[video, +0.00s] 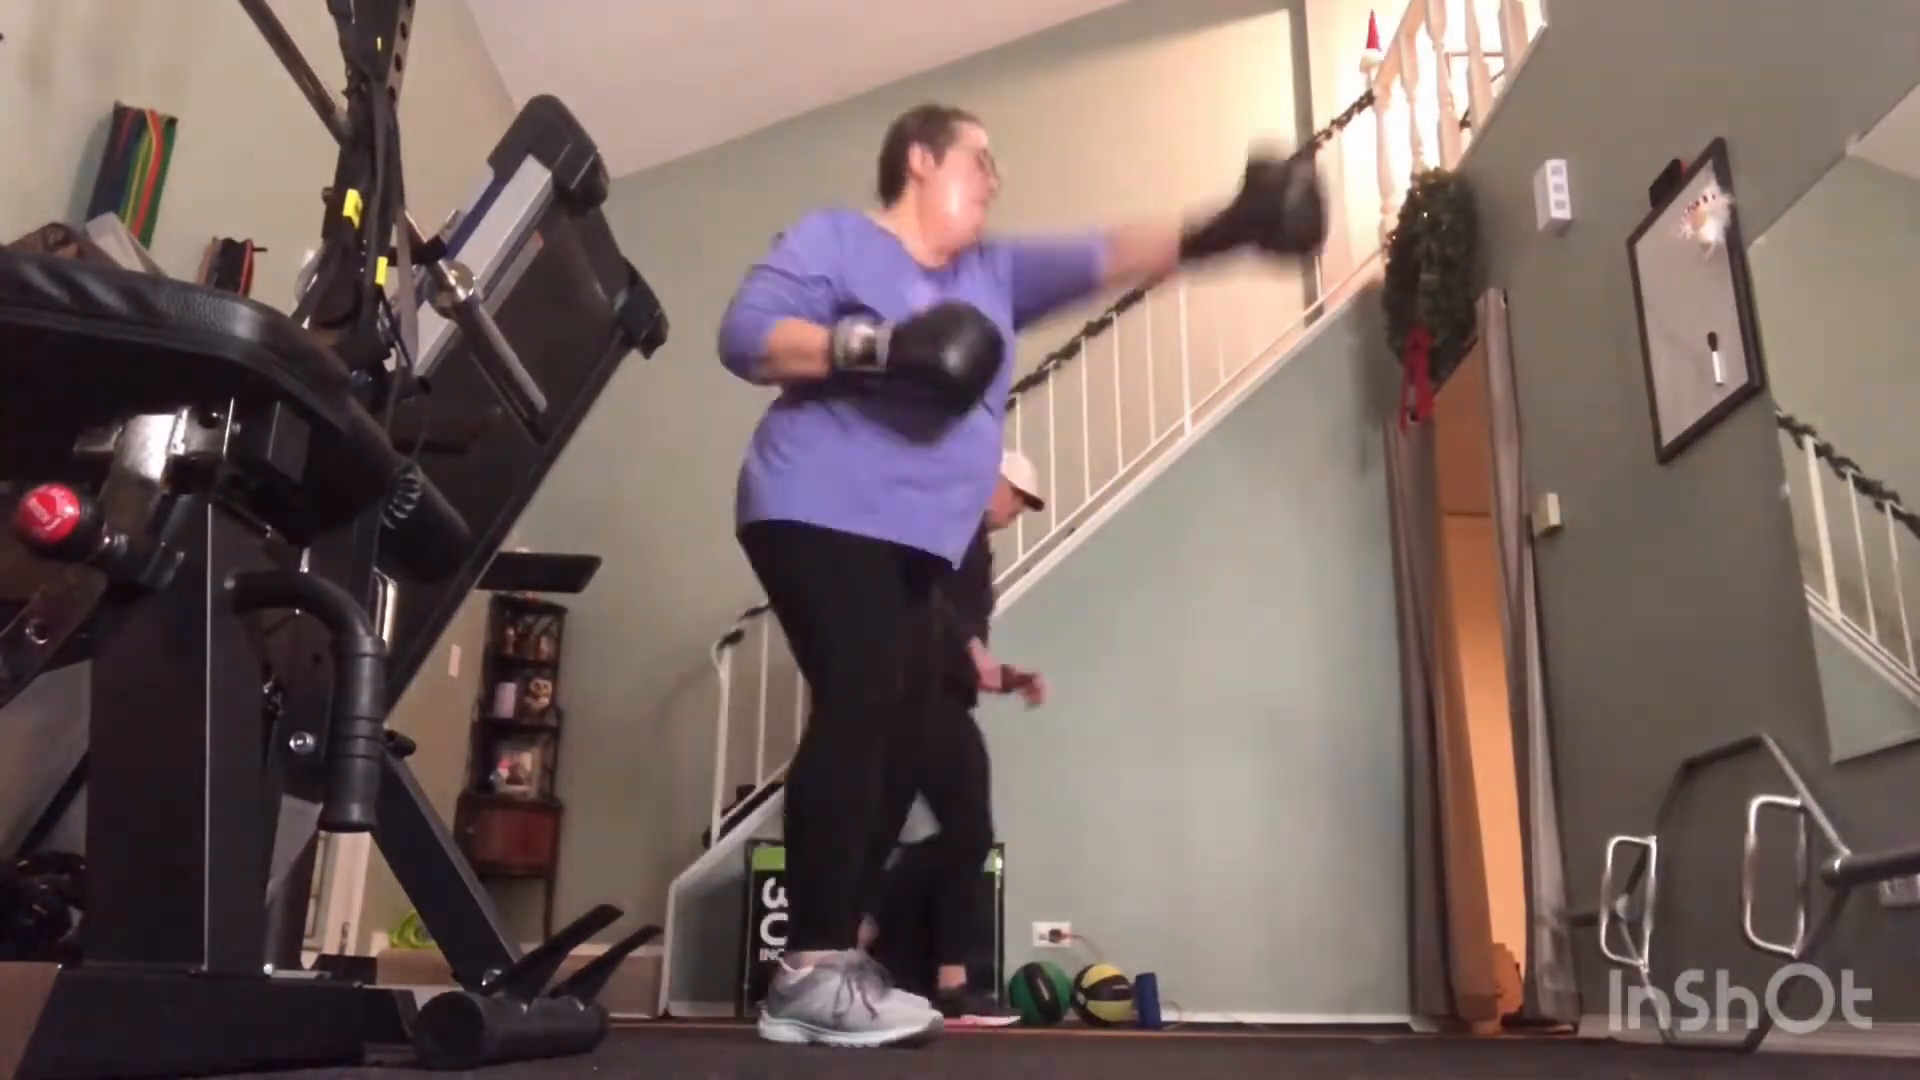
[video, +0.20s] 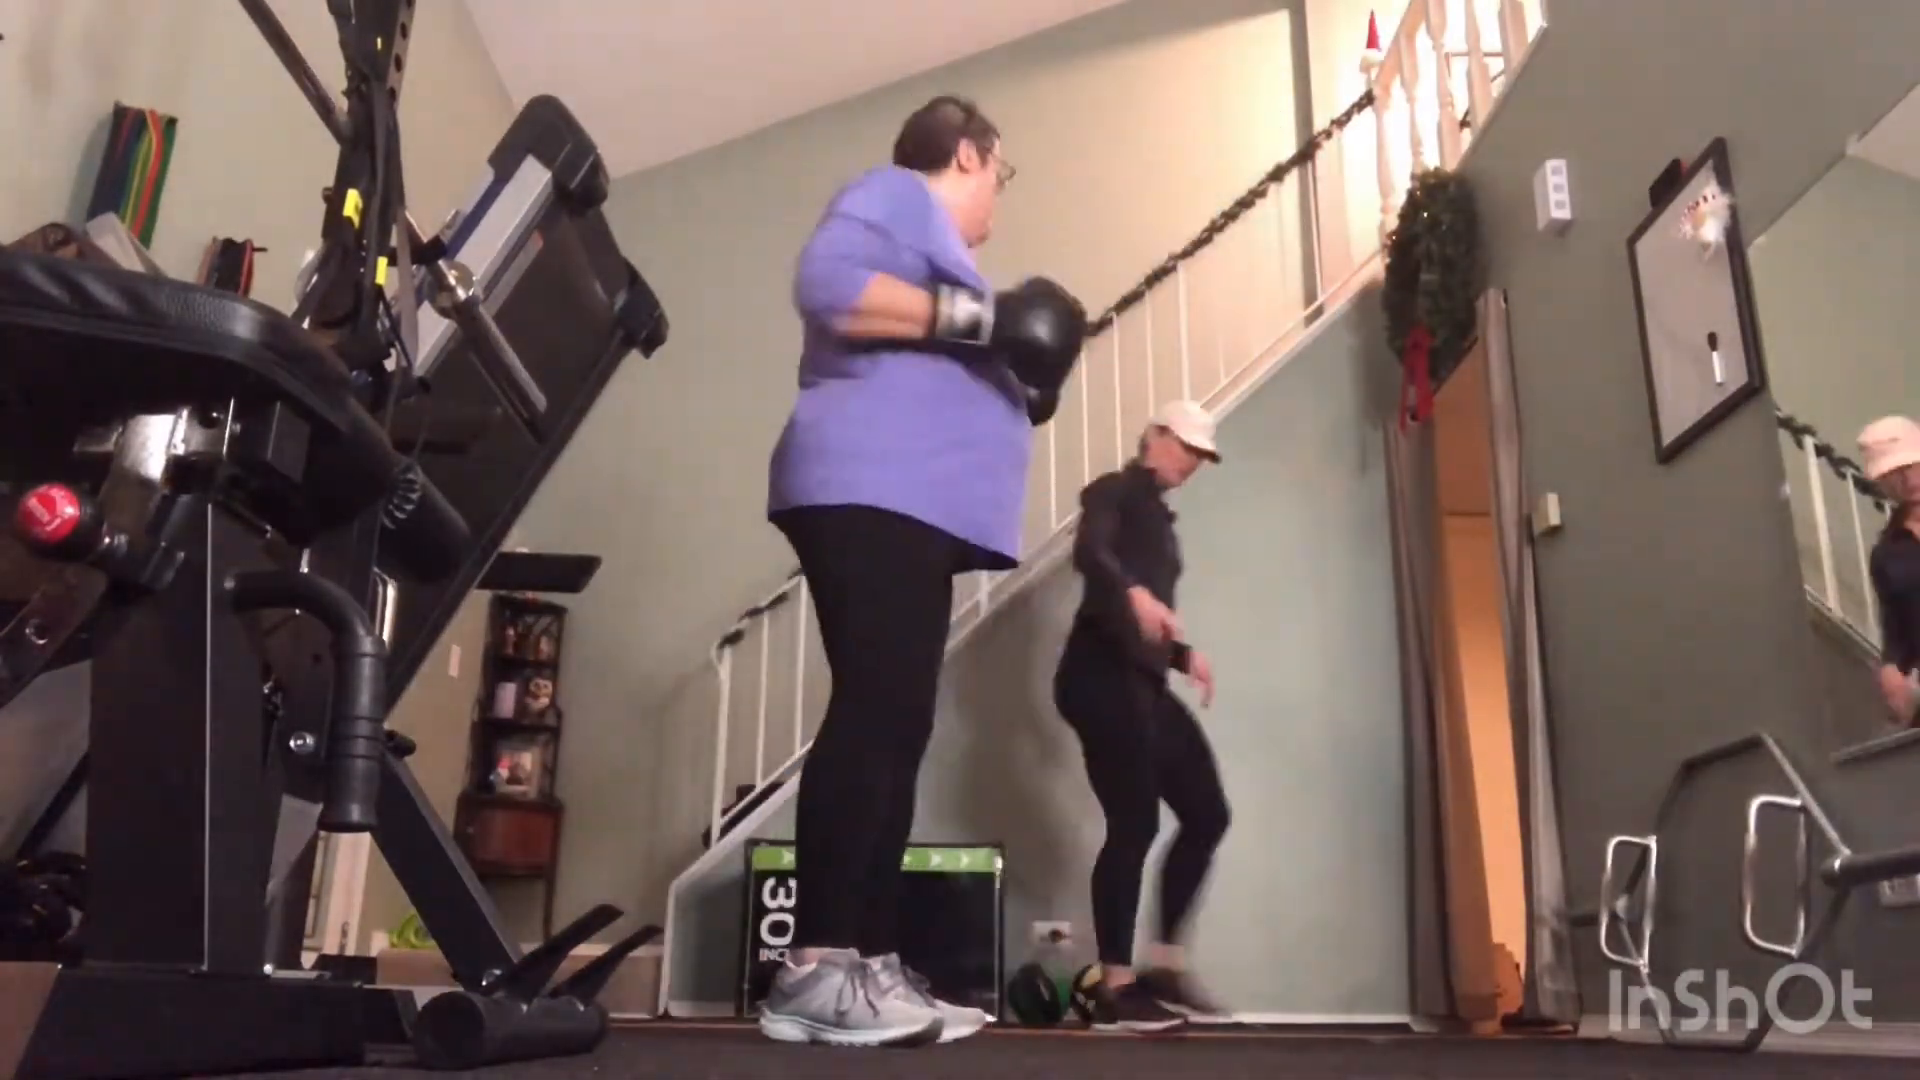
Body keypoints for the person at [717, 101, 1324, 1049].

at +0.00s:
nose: (994, 184)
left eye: (995, 169)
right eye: (980, 162)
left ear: (943, 169)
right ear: (921, 161)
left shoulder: (990, 270)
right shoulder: (835, 240)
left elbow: (1108, 255)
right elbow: (745, 336)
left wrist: (1228, 227)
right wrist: (868, 347)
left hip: (909, 544)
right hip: (811, 515)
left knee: (889, 743)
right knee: (862, 708)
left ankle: (834, 960)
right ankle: (812, 965)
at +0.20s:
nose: (1002, 199)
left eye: (1004, 182)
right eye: (1001, 178)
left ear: (950, 158)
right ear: (969, 156)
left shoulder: (951, 260)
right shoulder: (892, 189)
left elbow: (995, 407)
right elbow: (827, 285)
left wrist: (1037, 364)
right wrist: (970, 316)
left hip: (908, 506)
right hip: (864, 491)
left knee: (891, 722)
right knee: (880, 716)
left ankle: (854, 963)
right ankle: (825, 967)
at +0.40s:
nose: (1011, 211)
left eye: (1014, 198)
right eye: (1010, 192)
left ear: (969, 177)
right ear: (976, 170)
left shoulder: (956, 271)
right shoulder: (912, 196)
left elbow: (955, 418)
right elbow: (855, 295)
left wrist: (1029, 395)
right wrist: (993, 327)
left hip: (901, 509)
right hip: (864, 495)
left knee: (881, 725)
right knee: (870, 720)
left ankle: (853, 965)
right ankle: (822, 967)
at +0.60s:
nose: (1027, 213)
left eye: (1030, 199)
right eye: (1026, 191)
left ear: (985, 173)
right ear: (993, 163)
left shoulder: (967, 266)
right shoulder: (921, 189)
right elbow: (858, 288)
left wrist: (1038, 391)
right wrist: (994, 326)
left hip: (910, 504)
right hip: (870, 487)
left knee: (892, 722)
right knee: (883, 717)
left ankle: (854, 963)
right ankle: (825, 964)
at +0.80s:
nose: (988, 247)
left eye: (986, 234)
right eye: (984, 232)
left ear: (898, 214)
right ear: (957, 216)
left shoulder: (811, 288)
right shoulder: (940, 251)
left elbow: (740, 413)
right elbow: (948, 353)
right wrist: (1026, 428)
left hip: (758, 510)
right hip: (870, 511)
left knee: (792, 734)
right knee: (864, 722)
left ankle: (775, 976)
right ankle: (806, 961)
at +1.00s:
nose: (999, 331)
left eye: (998, 319)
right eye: (996, 318)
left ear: (923, 314)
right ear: (972, 311)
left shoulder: (857, 384)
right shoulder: (978, 359)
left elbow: (815, 508)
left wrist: (906, 528)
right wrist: (1064, 574)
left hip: (836, 592)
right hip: (943, 588)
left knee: (872, 770)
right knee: (958, 780)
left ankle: (814, 939)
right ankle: (932, 983)